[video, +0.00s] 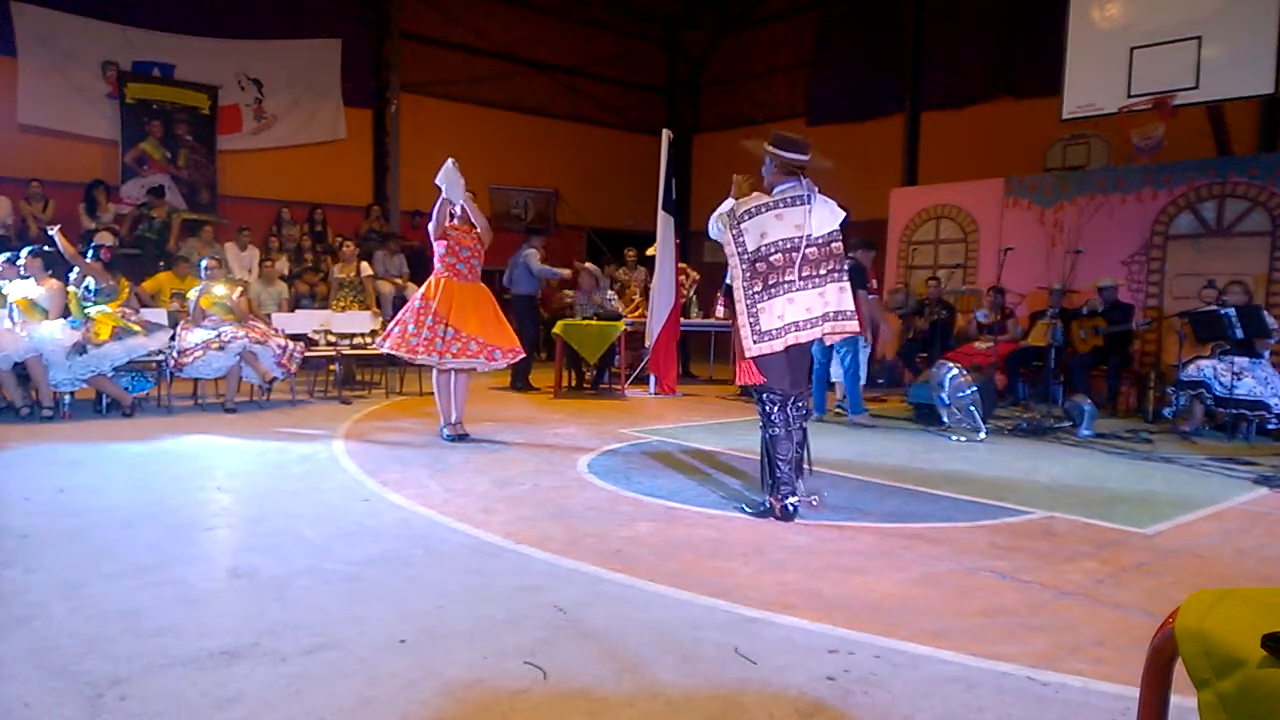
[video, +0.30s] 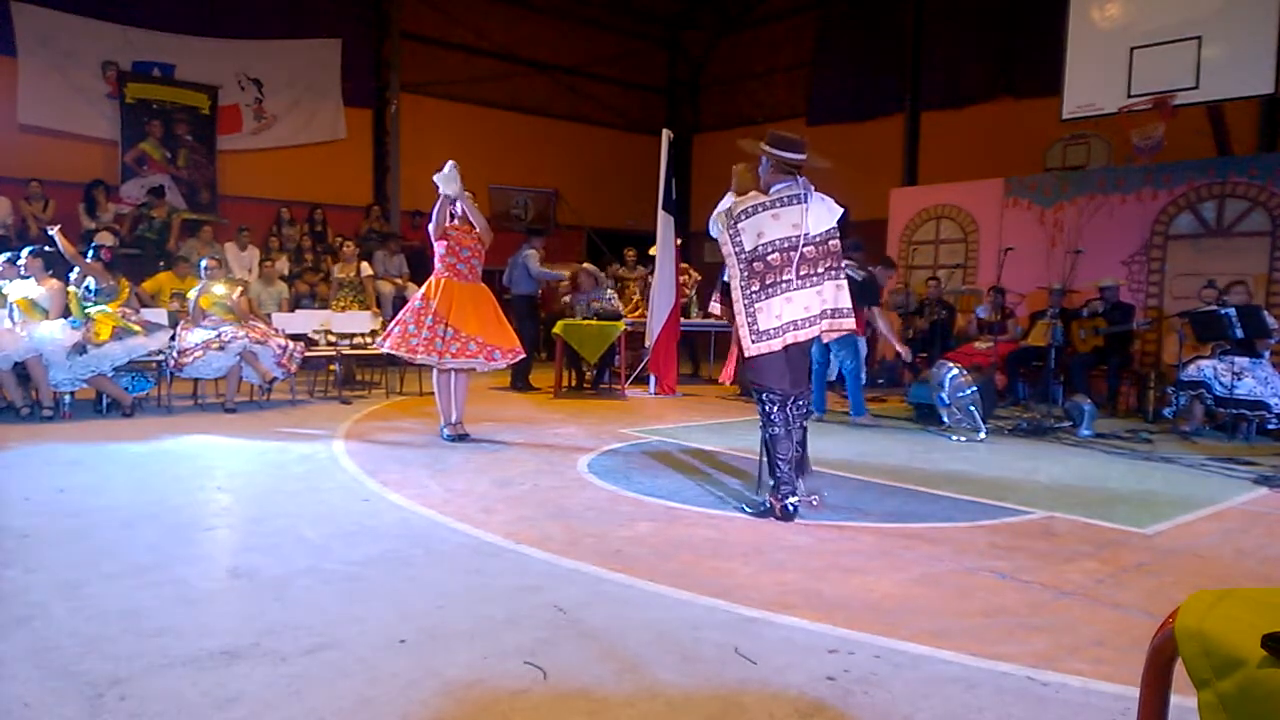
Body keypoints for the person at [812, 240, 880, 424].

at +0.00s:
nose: (870, 261)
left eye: (871, 257)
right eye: (869, 257)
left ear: (850, 252)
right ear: (860, 253)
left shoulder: (825, 266)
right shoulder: (856, 268)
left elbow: (819, 297)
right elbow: (862, 299)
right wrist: (867, 328)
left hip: (822, 323)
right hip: (846, 324)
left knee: (820, 368)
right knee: (851, 370)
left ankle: (818, 409)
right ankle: (856, 410)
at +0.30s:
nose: (863, 257)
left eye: (861, 254)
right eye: (861, 254)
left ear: (842, 253)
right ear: (861, 255)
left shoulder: (827, 270)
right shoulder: (865, 277)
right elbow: (877, 315)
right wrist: (898, 344)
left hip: (820, 325)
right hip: (845, 329)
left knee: (818, 369)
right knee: (852, 370)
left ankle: (817, 409)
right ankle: (858, 412)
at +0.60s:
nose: (908, 305)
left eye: (911, 301)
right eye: (909, 299)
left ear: (895, 286)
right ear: (900, 290)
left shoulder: (875, 288)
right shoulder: (887, 297)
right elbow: (897, 328)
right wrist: (918, 356)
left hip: (823, 317)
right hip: (842, 323)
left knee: (824, 367)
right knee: (856, 367)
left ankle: (817, 409)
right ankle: (859, 413)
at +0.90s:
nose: (913, 302)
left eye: (916, 298)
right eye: (913, 296)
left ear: (900, 285)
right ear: (904, 288)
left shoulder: (879, 286)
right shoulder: (891, 297)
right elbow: (900, 329)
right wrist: (920, 357)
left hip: (826, 317)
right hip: (845, 324)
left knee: (826, 366)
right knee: (858, 366)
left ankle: (818, 409)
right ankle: (860, 414)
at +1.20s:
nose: (913, 299)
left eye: (915, 294)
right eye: (913, 293)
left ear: (898, 284)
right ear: (903, 287)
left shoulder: (876, 286)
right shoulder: (890, 297)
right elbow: (901, 329)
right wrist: (922, 356)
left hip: (826, 319)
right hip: (846, 326)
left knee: (826, 367)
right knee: (858, 368)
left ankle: (818, 409)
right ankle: (860, 414)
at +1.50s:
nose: (913, 298)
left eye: (914, 293)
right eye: (912, 293)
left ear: (897, 285)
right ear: (902, 288)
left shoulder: (875, 287)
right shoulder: (889, 297)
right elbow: (902, 328)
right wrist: (922, 355)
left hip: (826, 317)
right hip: (845, 324)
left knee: (825, 365)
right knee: (857, 367)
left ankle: (817, 408)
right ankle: (860, 414)